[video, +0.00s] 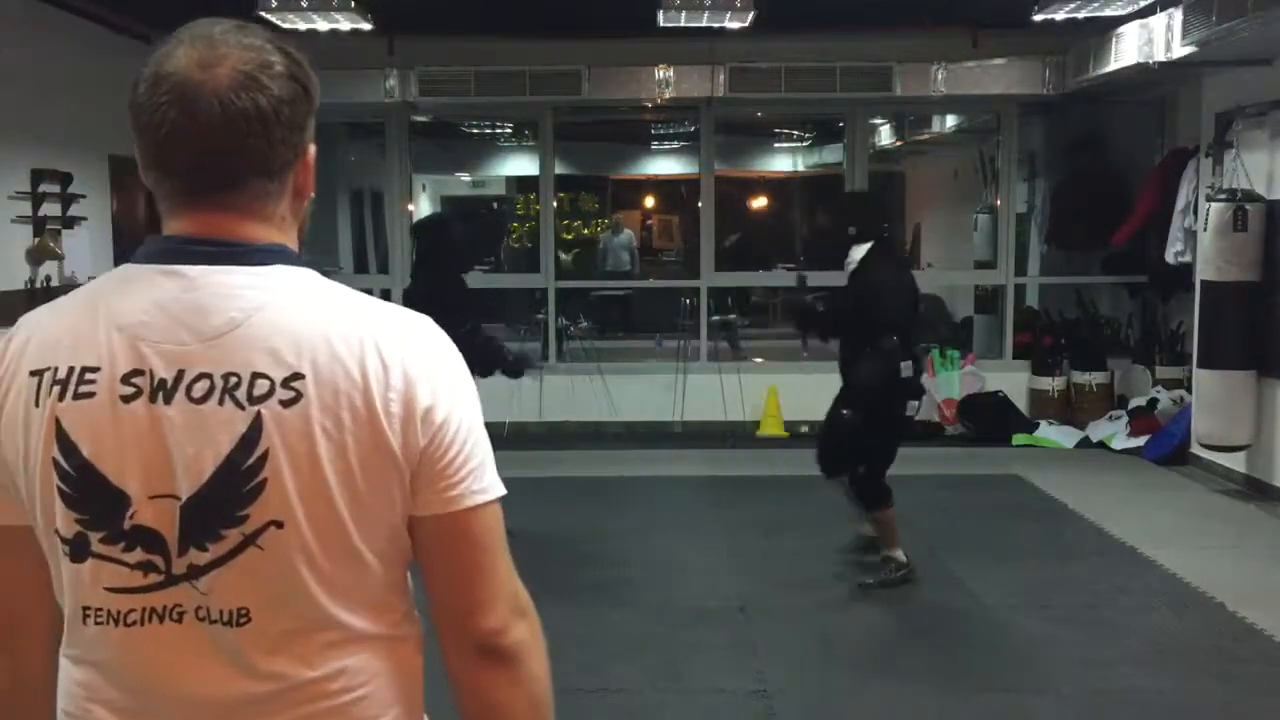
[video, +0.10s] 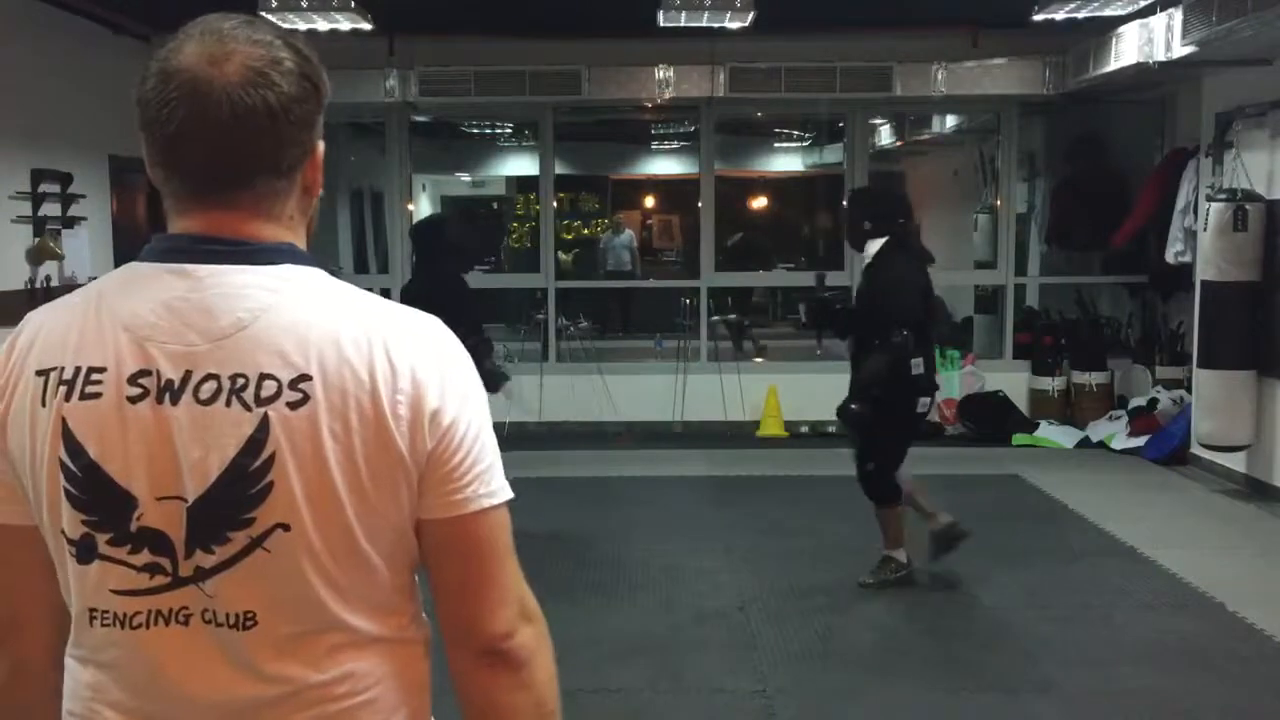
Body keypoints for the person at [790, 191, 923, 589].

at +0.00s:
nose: (829, 239)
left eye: (835, 230)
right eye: (828, 229)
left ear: (852, 230)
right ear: (878, 229)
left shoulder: (868, 274)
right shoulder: (894, 269)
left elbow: (846, 326)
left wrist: (806, 315)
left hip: (873, 389)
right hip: (892, 385)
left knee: (865, 472)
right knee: (838, 457)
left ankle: (895, 556)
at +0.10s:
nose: (847, 230)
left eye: (851, 221)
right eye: (848, 221)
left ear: (866, 223)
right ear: (890, 219)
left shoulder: (886, 265)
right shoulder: (905, 258)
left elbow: (879, 330)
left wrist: (837, 318)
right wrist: (842, 316)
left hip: (891, 386)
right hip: (911, 384)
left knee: (874, 471)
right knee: (879, 468)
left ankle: (896, 558)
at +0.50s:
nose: (927, 238)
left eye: (930, 231)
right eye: (928, 231)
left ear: (944, 230)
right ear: (978, 225)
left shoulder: (944, 273)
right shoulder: (1006, 267)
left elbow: (934, 343)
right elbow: (1023, 328)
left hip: (959, 397)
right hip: (1009, 392)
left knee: (926, 477)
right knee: (1016, 476)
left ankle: (906, 557)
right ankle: (1042, 562)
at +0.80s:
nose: (983, 227)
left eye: (983, 220)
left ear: (985, 223)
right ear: (1027, 221)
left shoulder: (971, 271)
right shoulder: (1056, 269)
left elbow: (954, 339)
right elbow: (1080, 329)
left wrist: (949, 389)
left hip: (992, 384)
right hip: (1044, 383)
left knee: (981, 461)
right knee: (1041, 469)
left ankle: (988, 536)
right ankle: (1042, 560)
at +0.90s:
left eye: (997, 224)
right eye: (1030, 223)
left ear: (992, 226)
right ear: (1034, 226)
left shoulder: (978, 273)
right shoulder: (1060, 272)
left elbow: (955, 339)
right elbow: (1088, 332)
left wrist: (952, 391)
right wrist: (1069, 369)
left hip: (1001, 386)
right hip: (1051, 385)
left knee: (1003, 462)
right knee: (1045, 469)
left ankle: (1013, 531)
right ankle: (1040, 559)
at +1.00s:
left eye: (1002, 228)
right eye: (1031, 228)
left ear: (997, 231)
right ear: (1037, 230)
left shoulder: (981, 278)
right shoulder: (1064, 276)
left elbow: (957, 342)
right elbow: (1093, 334)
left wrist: (954, 393)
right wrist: (1077, 373)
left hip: (1007, 385)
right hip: (1057, 385)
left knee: (1013, 465)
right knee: (1048, 468)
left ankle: (1029, 537)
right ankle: (1039, 550)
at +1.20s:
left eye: (1000, 225)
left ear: (1000, 227)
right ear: (1041, 224)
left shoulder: (985, 274)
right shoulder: (1068, 269)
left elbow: (964, 337)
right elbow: (1102, 324)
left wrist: (960, 391)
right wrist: (1088, 377)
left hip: (1012, 379)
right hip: (1058, 378)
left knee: (1015, 455)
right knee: (1063, 453)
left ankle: (1027, 535)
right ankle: (1049, 513)